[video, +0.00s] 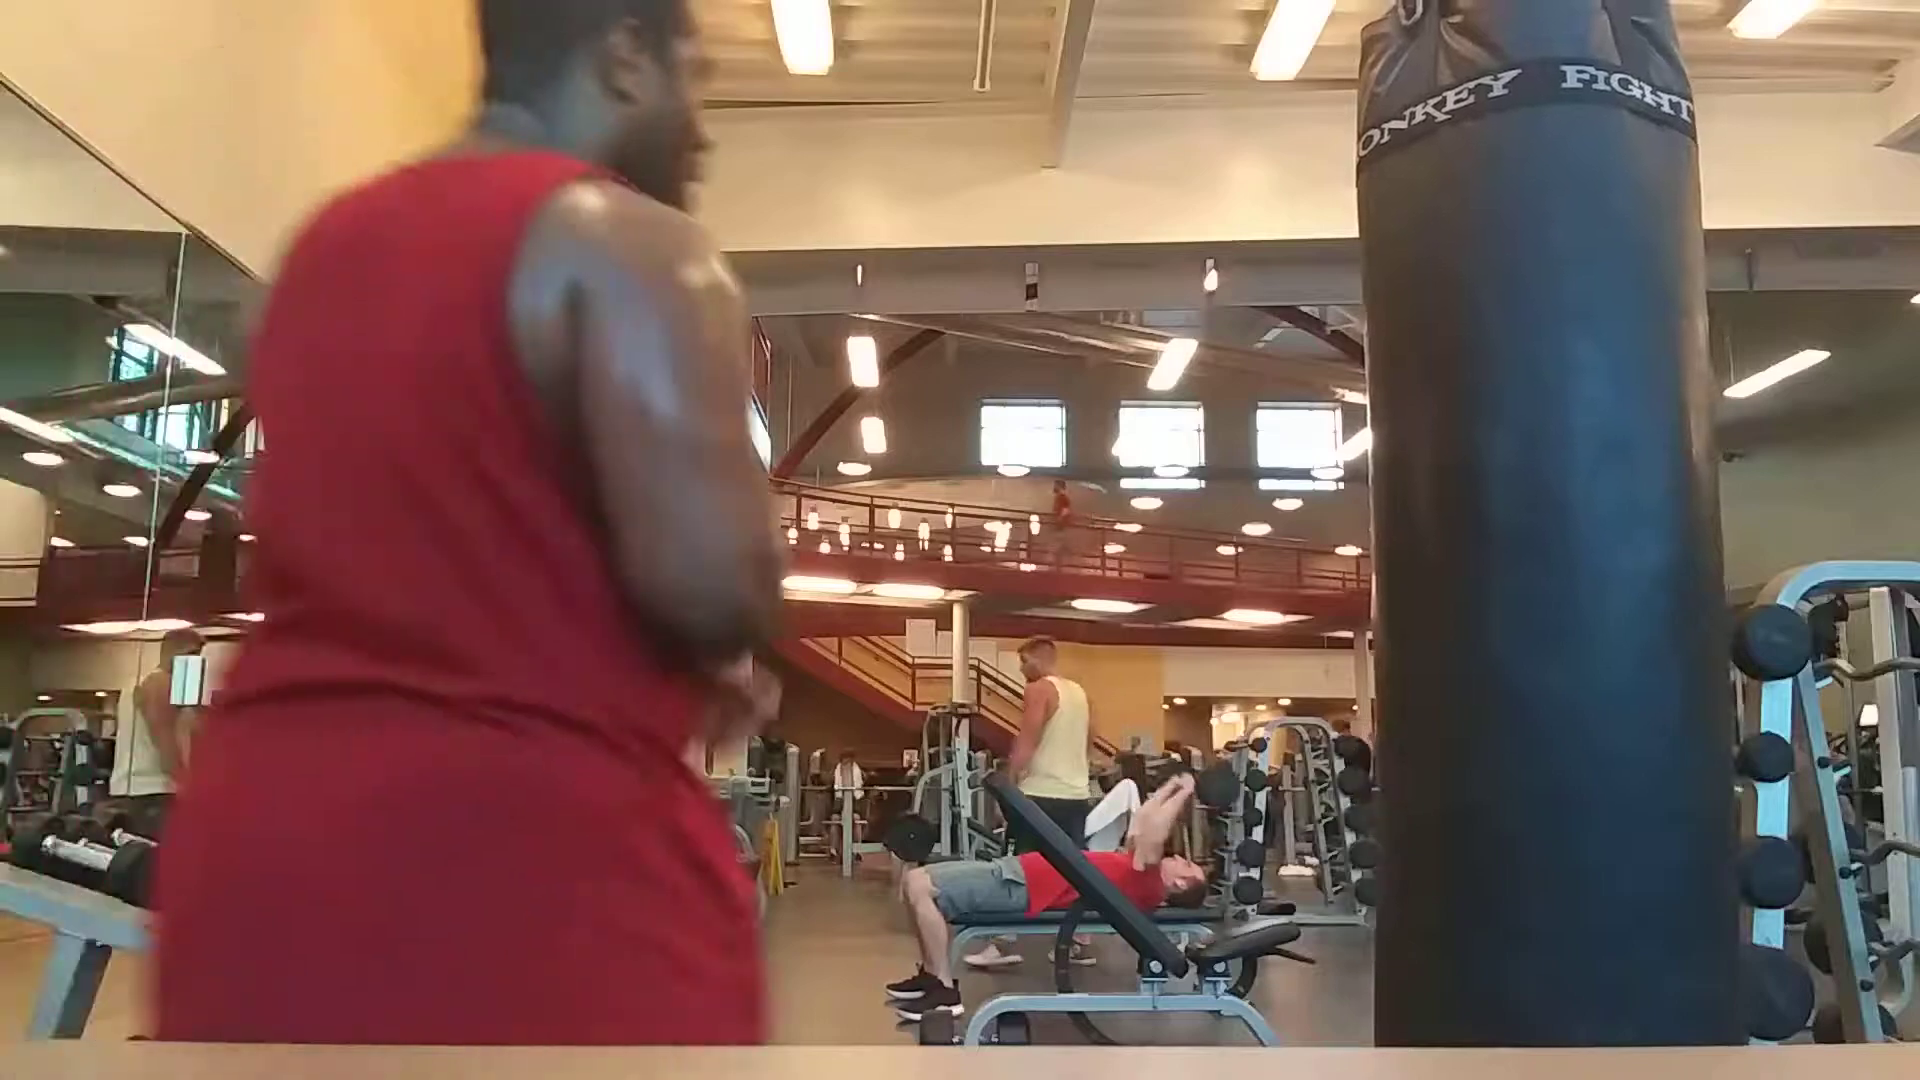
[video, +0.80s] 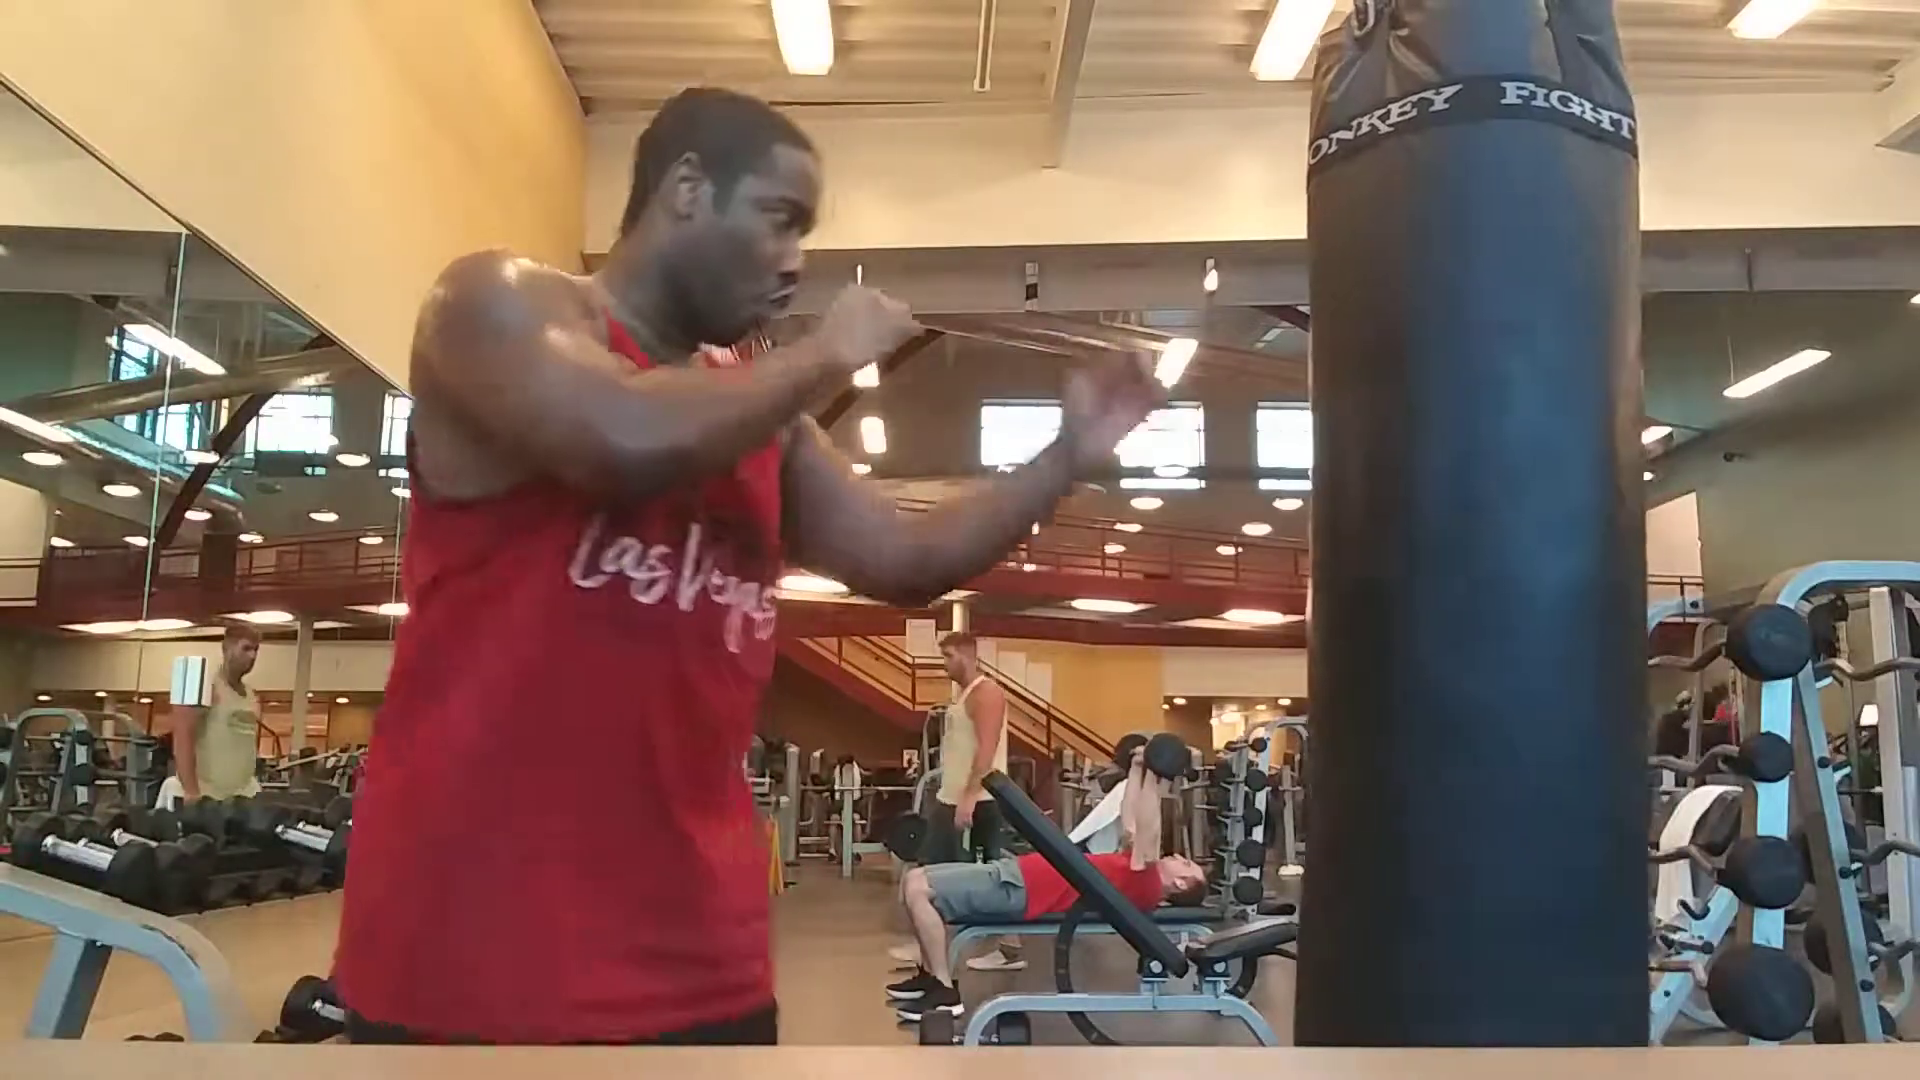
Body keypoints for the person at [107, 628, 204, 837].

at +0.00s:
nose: (196, 661)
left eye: (197, 654)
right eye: (194, 653)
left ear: (167, 651)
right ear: (181, 653)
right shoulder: (158, 681)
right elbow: (166, 743)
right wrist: (184, 780)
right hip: (150, 794)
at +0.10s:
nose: (203, 661)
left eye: (204, 655)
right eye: (199, 655)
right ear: (183, 654)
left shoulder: (181, 687)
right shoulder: (162, 683)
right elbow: (166, 742)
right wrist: (187, 788)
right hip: (154, 796)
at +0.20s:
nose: (210, 663)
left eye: (211, 656)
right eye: (207, 656)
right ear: (192, 653)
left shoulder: (186, 690)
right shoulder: (166, 685)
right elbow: (165, 742)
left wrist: (192, 789)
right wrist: (188, 790)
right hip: (159, 800)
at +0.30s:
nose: (218, 656)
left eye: (220, 650)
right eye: (213, 649)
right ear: (195, 649)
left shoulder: (199, 689)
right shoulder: (170, 684)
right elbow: (164, 737)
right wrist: (183, 789)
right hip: (167, 799)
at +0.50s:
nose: (231, 655)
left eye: (233, 649)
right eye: (225, 648)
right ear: (205, 649)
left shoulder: (218, 694)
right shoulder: (183, 682)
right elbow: (169, 735)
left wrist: (227, 788)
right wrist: (177, 791)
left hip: (214, 797)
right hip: (184, 797)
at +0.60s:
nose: (236, 655)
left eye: (238, 649)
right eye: (230, 648)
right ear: (210, 649)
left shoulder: (226, 692)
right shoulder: (187, 683)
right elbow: (171, 738)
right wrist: (180, 792)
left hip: (225, 796)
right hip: (192, 798)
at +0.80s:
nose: (253, 656)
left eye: (255, 650)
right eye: (247, 649)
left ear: (257, 652)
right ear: (227, 649)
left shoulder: (250, 695)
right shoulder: (202, 685)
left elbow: (248, 746)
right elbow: (182, 737)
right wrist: (191, 792)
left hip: (244, 794)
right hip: (206, 794)